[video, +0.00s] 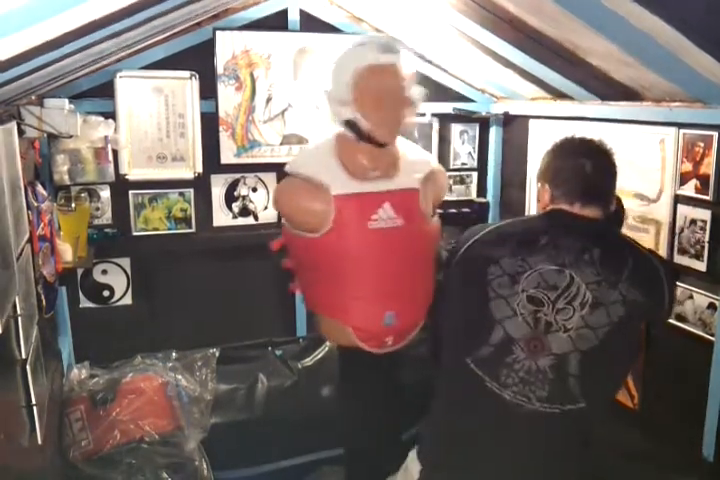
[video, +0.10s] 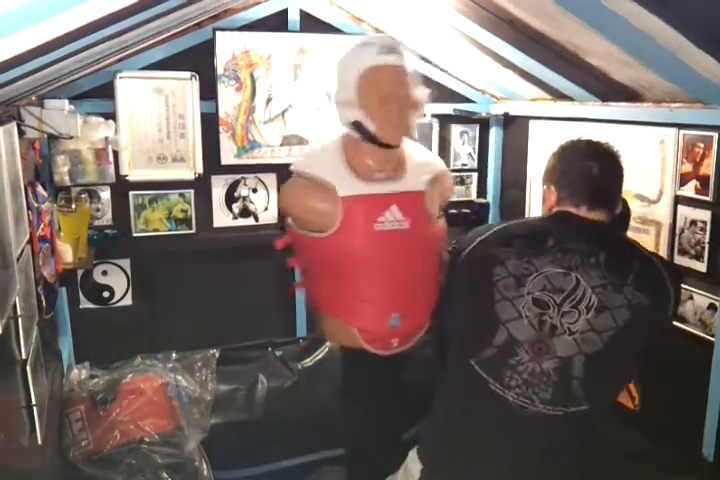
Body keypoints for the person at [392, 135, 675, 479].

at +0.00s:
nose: (536, 198)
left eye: (535, 190)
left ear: (544, 196)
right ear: (611, 203)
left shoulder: (479, 246)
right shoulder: (644, 272)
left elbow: (447, 345)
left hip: (467, 451)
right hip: (567, 459)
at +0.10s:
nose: (542, 199)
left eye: (542, 191)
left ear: (550, 196)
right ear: (618, 208)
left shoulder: (484, 245)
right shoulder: (651, 280)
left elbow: (449, 341)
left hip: (463, 448)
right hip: (567, 461)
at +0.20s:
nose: (544, 198)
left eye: (545, 189)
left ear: (553, 195)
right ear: (621, 207)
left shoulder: (490, 246)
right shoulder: (656, 281)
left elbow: (447, 339)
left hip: (469, 446)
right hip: (574, 458)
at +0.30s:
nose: (547, 197)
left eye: (547, 189)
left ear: (555, 194)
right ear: (624, 207)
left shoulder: (492, 243)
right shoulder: (659, 281)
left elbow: (447, 340)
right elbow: (635, 377)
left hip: (467, 448)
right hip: (573, 460)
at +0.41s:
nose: (549, 197)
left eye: (549, 189)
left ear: (557, 194)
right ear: (627, 206)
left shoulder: (491, 247)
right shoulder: (664, 282)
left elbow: (446, 344)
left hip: (476, 451)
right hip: (586, 459)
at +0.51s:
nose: (552, 197)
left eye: (551, 189)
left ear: (560, 193)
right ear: (631, 203)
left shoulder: (500, 246)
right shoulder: (671, 281)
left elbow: (459, 343)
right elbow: (647, 380)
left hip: (481, 451)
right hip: (590, 460)